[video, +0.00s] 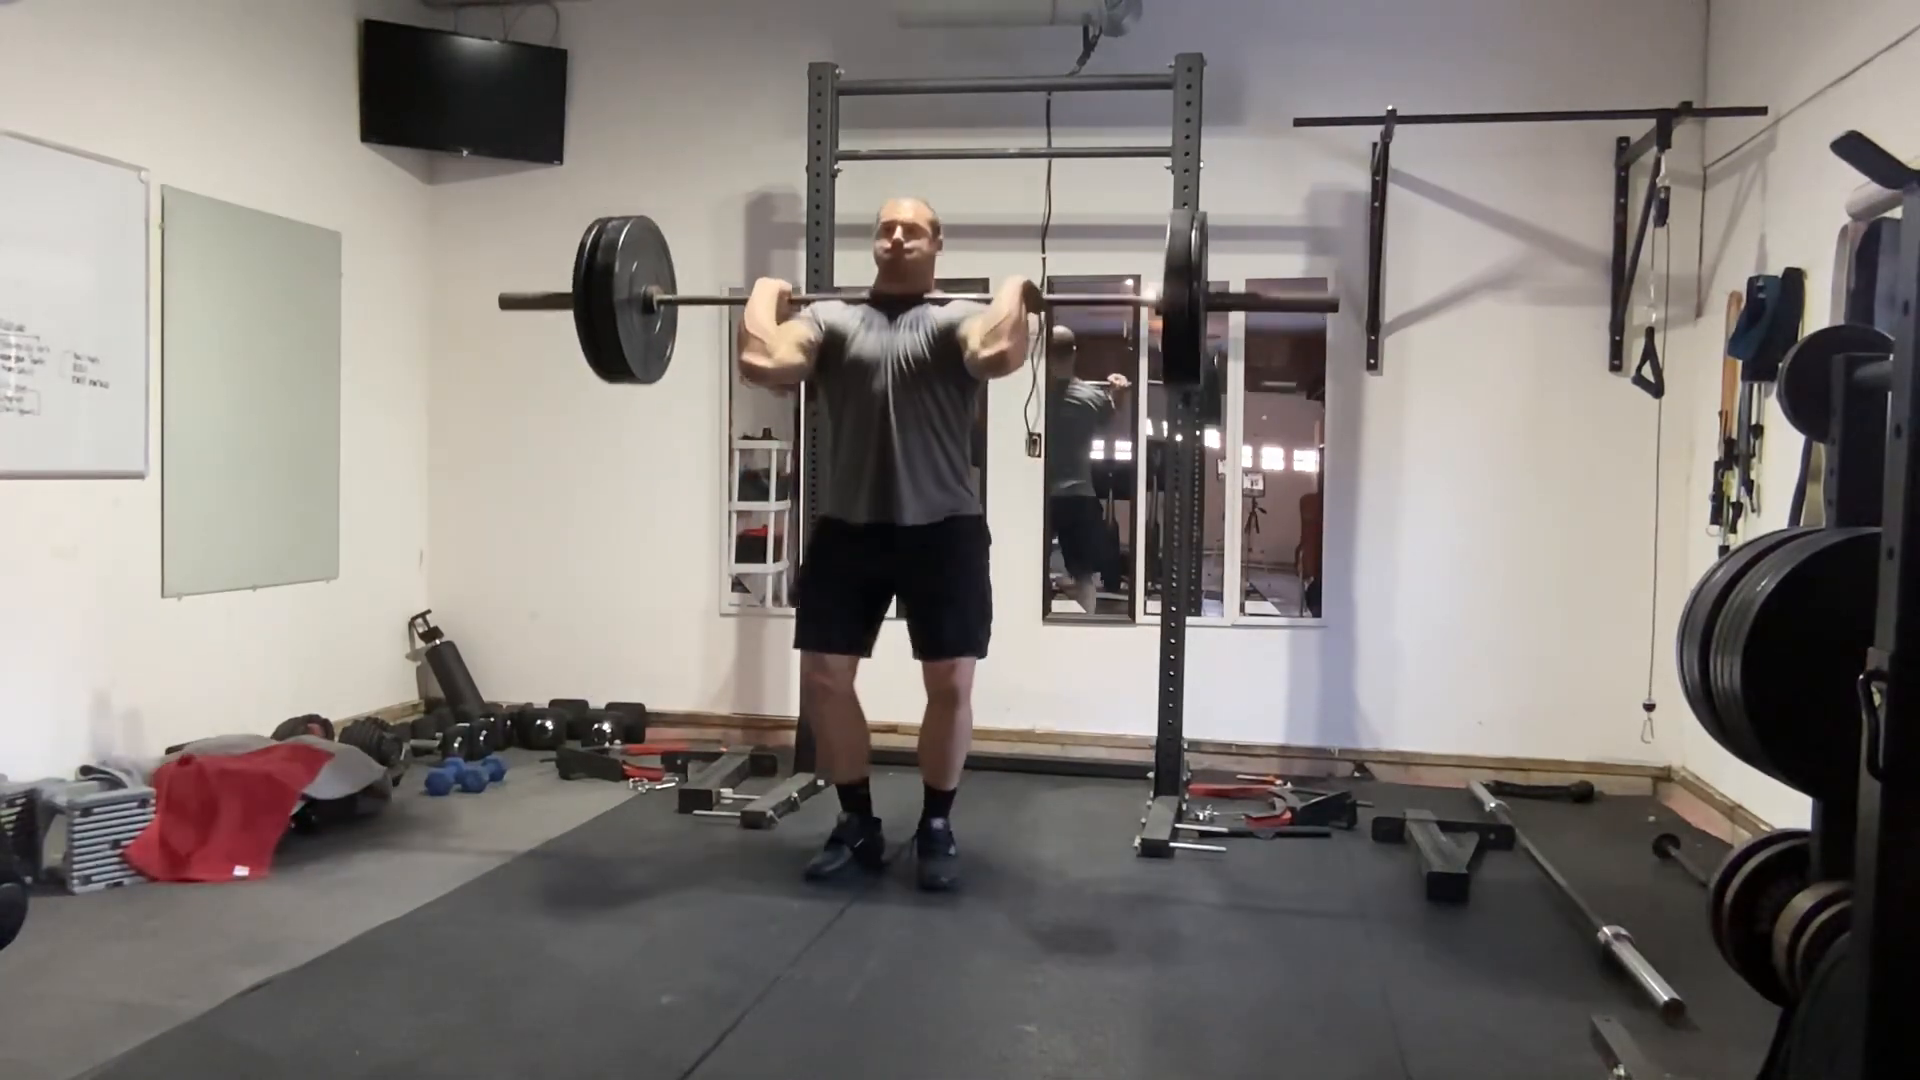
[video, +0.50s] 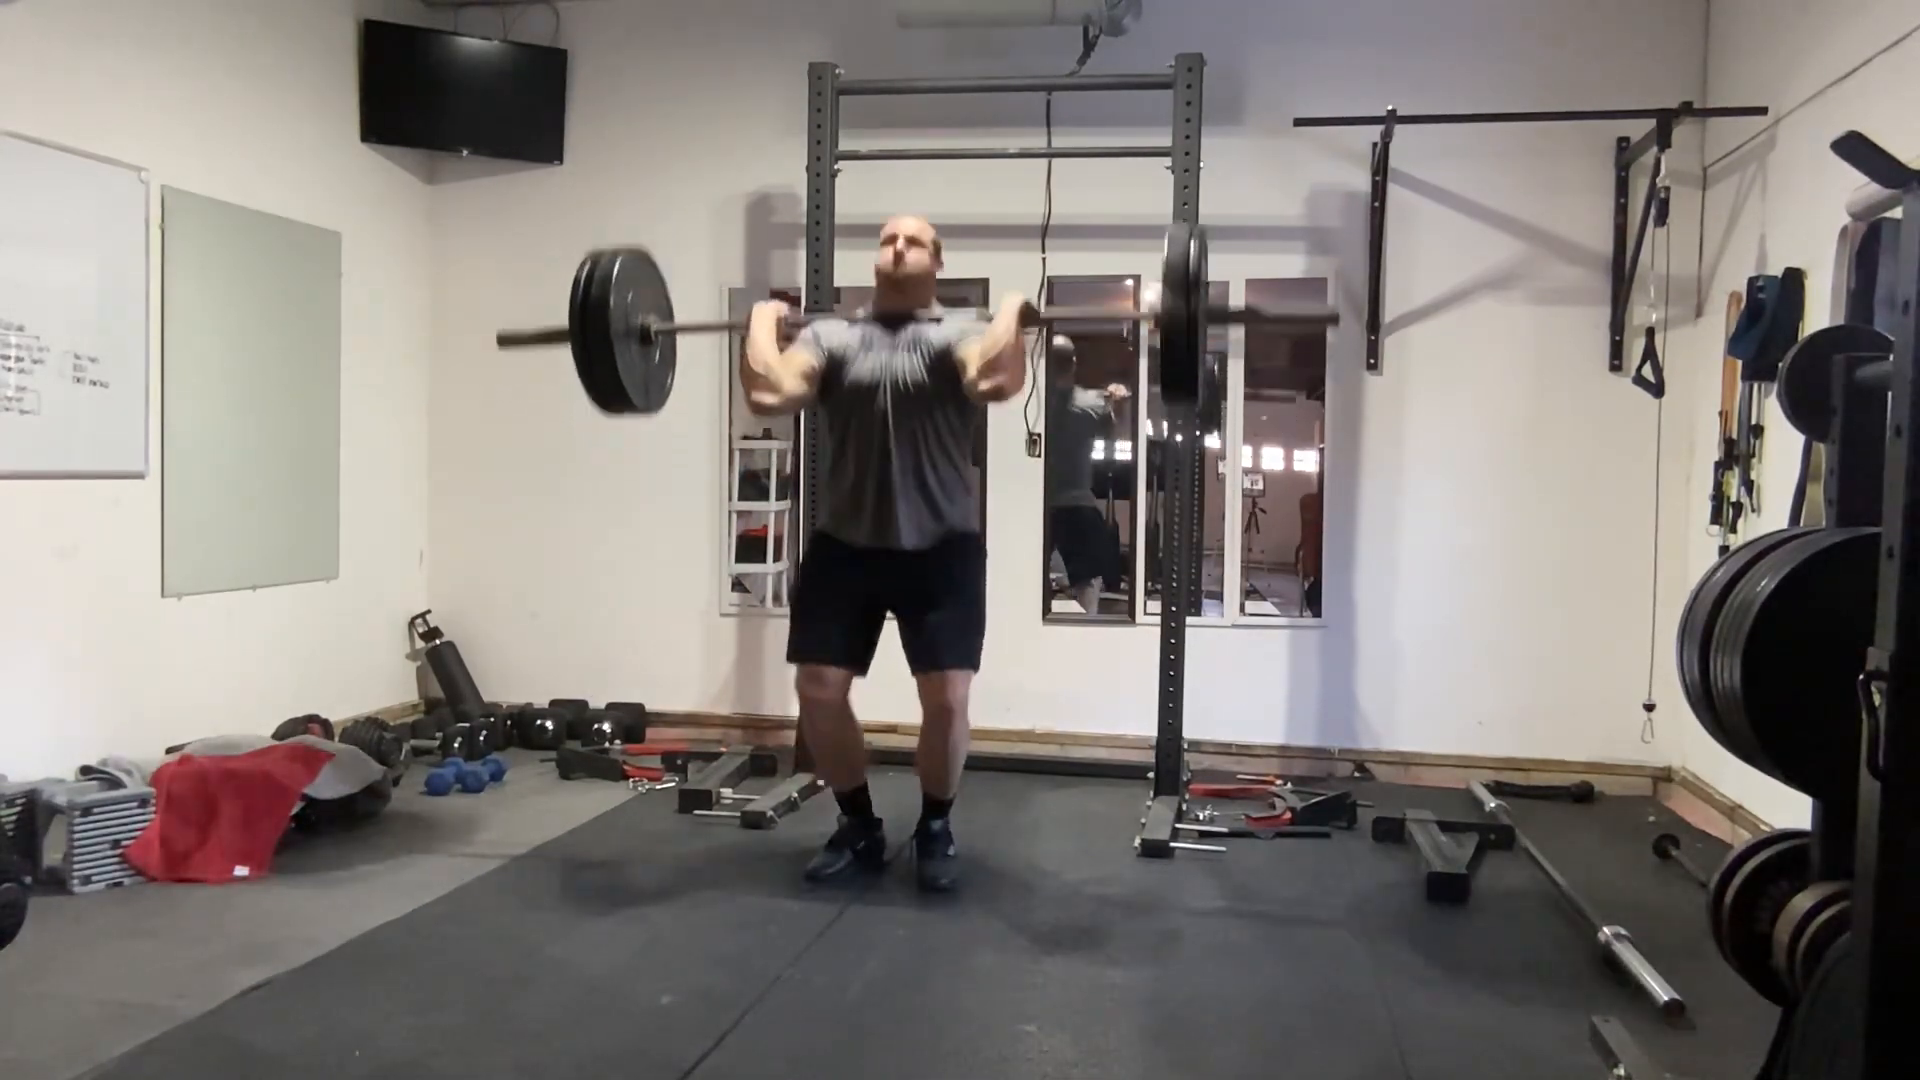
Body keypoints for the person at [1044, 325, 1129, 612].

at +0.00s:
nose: (1059, 361)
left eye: (1056, 355)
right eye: (1064, 353)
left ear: (1044, 355)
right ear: (1075, 354)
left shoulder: (1031, 395)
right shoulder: (1089, 396)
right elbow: (1113, 428)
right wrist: (1120, 398)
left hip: (1037, 497)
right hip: (1077, 496)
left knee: (1031, 574)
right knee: (1084, 575)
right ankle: (1086, 637)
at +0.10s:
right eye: (1068, 364)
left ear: (1044, 367)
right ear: (1075, 366)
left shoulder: (1030, 406)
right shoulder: (1089, 409)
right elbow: (1121, 436)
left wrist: (1115, 408)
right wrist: (1121, 409)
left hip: (1034, 507)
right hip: (1074, 507)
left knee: (1029, 584)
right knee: (1087, 583)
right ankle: (1090, 646)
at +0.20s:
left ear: (1048, 385)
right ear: (1073, 384)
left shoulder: (1034, 420)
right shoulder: (1088, 423)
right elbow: (1117, 447)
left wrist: (1115, 423)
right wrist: (1119, 422)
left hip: (1035, 519)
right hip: (1073, 518)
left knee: (1030, 586)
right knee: (1088, 585)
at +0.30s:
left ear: (1045, 395)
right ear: (1072, 393)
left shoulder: (1034, 431)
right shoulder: (1093, 435)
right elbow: (1114, 476)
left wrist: (1116, 437)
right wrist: (1119, 437)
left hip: (1037, 527)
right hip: (1078, 527)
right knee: (1089, 594)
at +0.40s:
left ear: (1046, 389)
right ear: (1074, 387)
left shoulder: (1034, 427)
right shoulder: (1094, 430)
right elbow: (1109, 470)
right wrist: (1119, 432)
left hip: (1037, 524)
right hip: (1077, 523)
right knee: (1089, 591)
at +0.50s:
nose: (1065, 366)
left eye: (1062, 361)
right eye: (1068, 359)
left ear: (1043, 364)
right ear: (1075, 363)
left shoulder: (1030, 402)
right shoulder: (1091, 402)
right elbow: (1118, 435)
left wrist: (1116, 405)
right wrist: (1120, 405)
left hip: (1035, 506)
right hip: (1077, 504)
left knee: (1029, 579)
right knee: (1087, 578)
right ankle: (1087, 638)